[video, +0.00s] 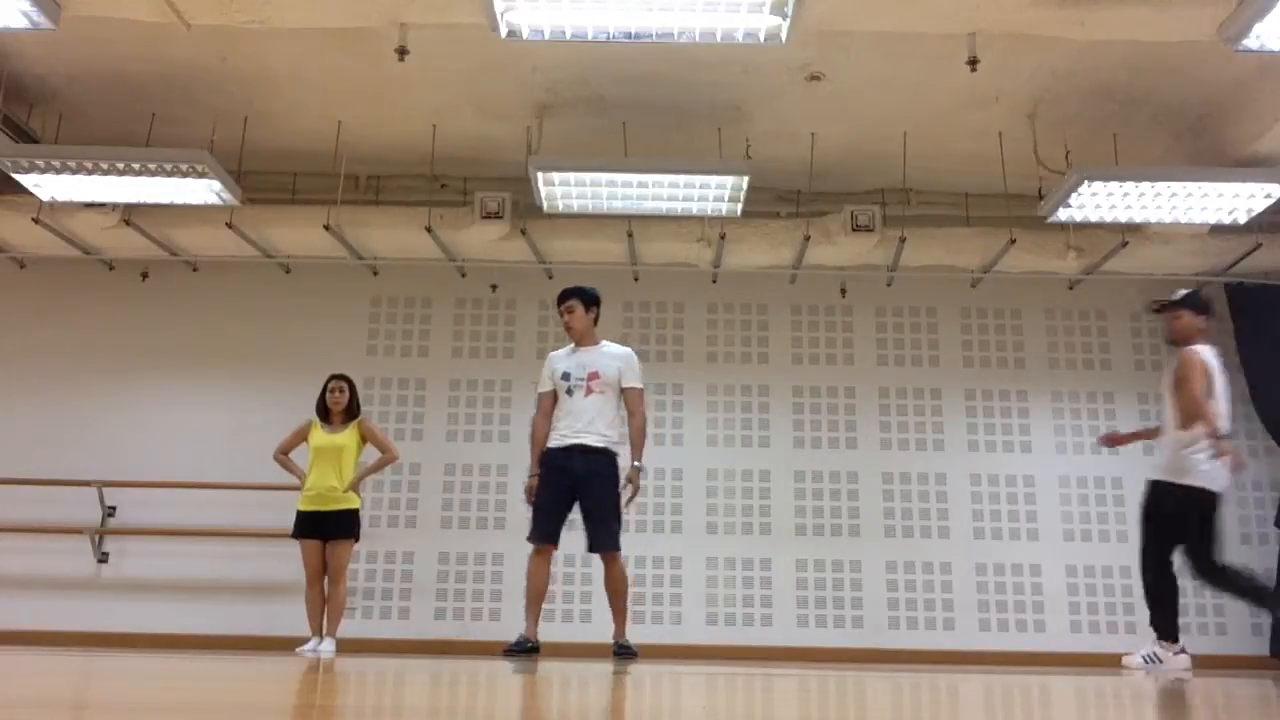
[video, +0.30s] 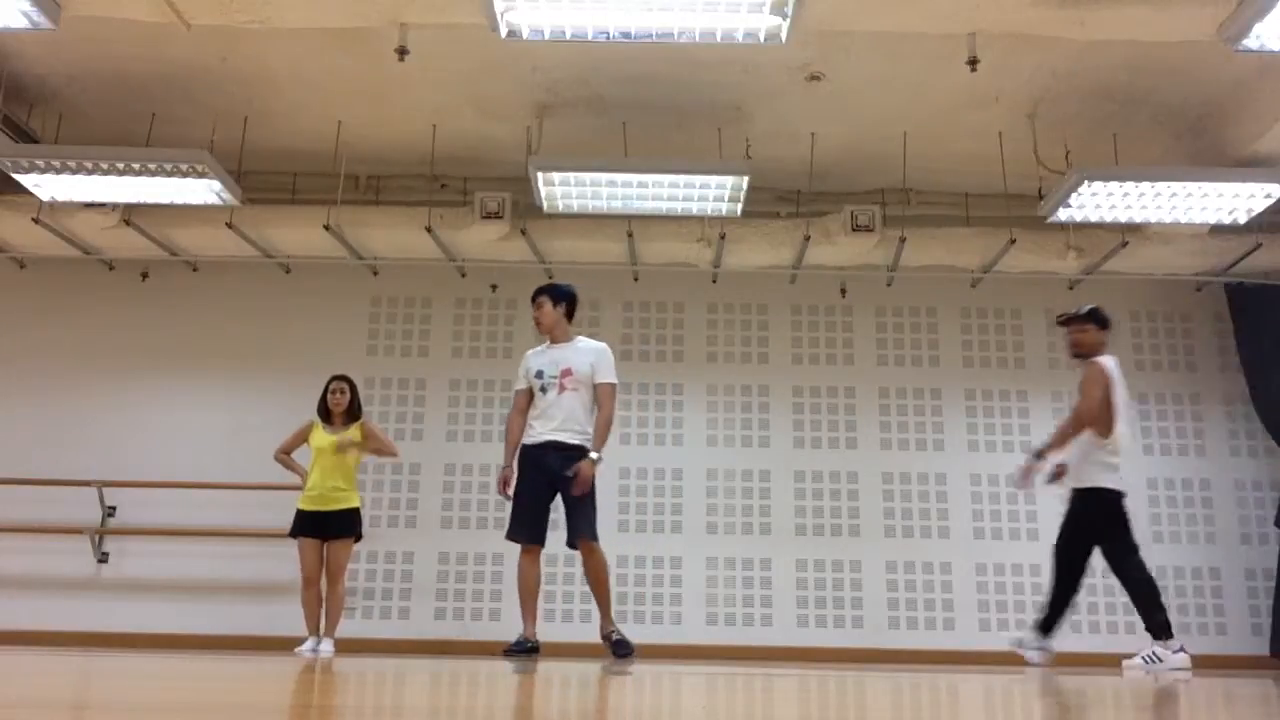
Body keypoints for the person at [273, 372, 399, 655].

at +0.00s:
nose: (336, 395)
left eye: (341, 391)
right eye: (331, 391)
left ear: (350, 396)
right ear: (324, 396)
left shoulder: (360, 426)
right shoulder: (312, 426)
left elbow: (392, 454)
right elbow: (279, 454)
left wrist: (359, 477)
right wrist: (301, 475)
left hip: (343, 506)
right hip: (310, 506)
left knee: (337, 577)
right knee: (313, 578)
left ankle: (330, 638)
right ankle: (315, 637)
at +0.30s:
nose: (336, 396)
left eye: (342, 392)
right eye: (332, 392)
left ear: (352, 397)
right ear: (325, 397)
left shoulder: (361, 427)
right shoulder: (313, 427)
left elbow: (391, 451)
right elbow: (280, 454)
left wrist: (357, 446)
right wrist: (302, 472)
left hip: (343, 507)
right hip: (310, 506)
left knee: (335, 577)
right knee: (309, 578)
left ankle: (329, 638)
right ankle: (313, 637)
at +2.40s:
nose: (337, 396)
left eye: (342, 392)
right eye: (333, 392)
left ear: (352, 398)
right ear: (325, 397)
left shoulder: (363, 430)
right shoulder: (311, 433)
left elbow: (375, 468)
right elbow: (299, 475)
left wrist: (374, 506)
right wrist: (287, 509)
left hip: (344, 509)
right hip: (310, 508)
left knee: (335, 577)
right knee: (310, 577)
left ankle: (328, 637)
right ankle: (311, 636)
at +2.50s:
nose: (337, 397)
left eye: (343, 393)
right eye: (333, 393)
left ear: (353, 399)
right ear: (325, 398)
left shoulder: (363, 431)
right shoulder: (311, 433)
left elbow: (373, 473)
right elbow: (298, 475)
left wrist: (377, 510)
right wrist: (286, 509)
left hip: (344, 509)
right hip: (310, 508)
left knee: (334, 576)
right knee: (310, 577)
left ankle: (328, 637)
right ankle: (311, 636)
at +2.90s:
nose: (338, 399)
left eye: (343, 395)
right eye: (333, 395)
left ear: (353, 400)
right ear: (326, 400)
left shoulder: (363, 432)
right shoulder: (310, 433)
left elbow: (365, 472)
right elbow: (300, 473)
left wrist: (356, 507)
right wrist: (294, 506)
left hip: (342, 509)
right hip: (310, 508)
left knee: (334, 575)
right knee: (310, 575)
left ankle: (328, 637)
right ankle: (311, 636)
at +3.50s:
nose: (335, 399)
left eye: (341, 395)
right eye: (331, 394)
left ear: (351, 400)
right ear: (324, 399)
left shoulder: (361, 433)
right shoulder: (309, 434)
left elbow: (363, 474)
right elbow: (298, 476)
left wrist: (355, 508)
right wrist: (289, 511)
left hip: (340, 510)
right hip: (308, 508)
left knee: (331, 575)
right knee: (309, 576)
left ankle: (327, 637)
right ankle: (311, 636)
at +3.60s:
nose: (336, 398)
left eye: (341, 394)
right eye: (332, 393)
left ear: (351, 400)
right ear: (324, 399)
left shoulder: (361, 432)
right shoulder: (310, 433)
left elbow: (365, 473)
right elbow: (299, 476)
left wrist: (358, 508)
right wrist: (288, 512)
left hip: (341, 508)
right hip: (309, 508)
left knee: (334, 575)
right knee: (310, 576)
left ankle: (327, 637)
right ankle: (311, 636)